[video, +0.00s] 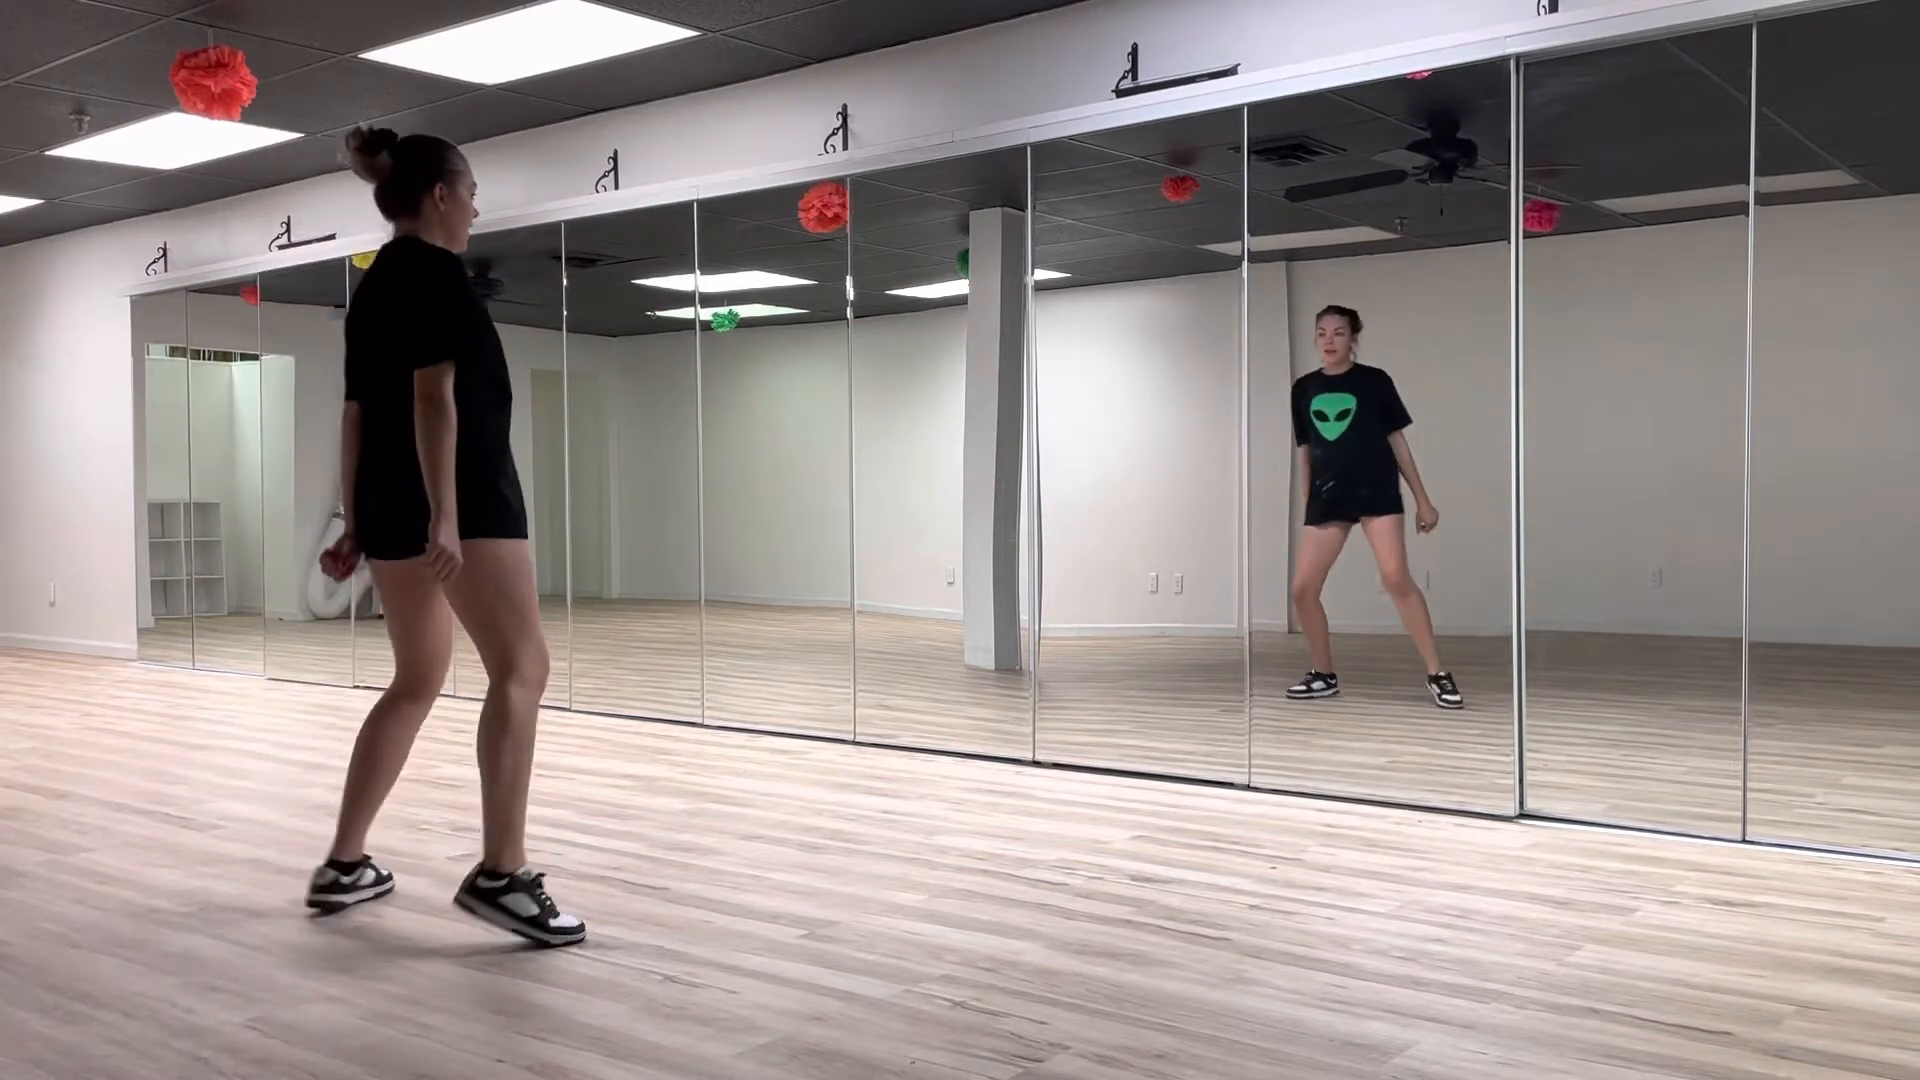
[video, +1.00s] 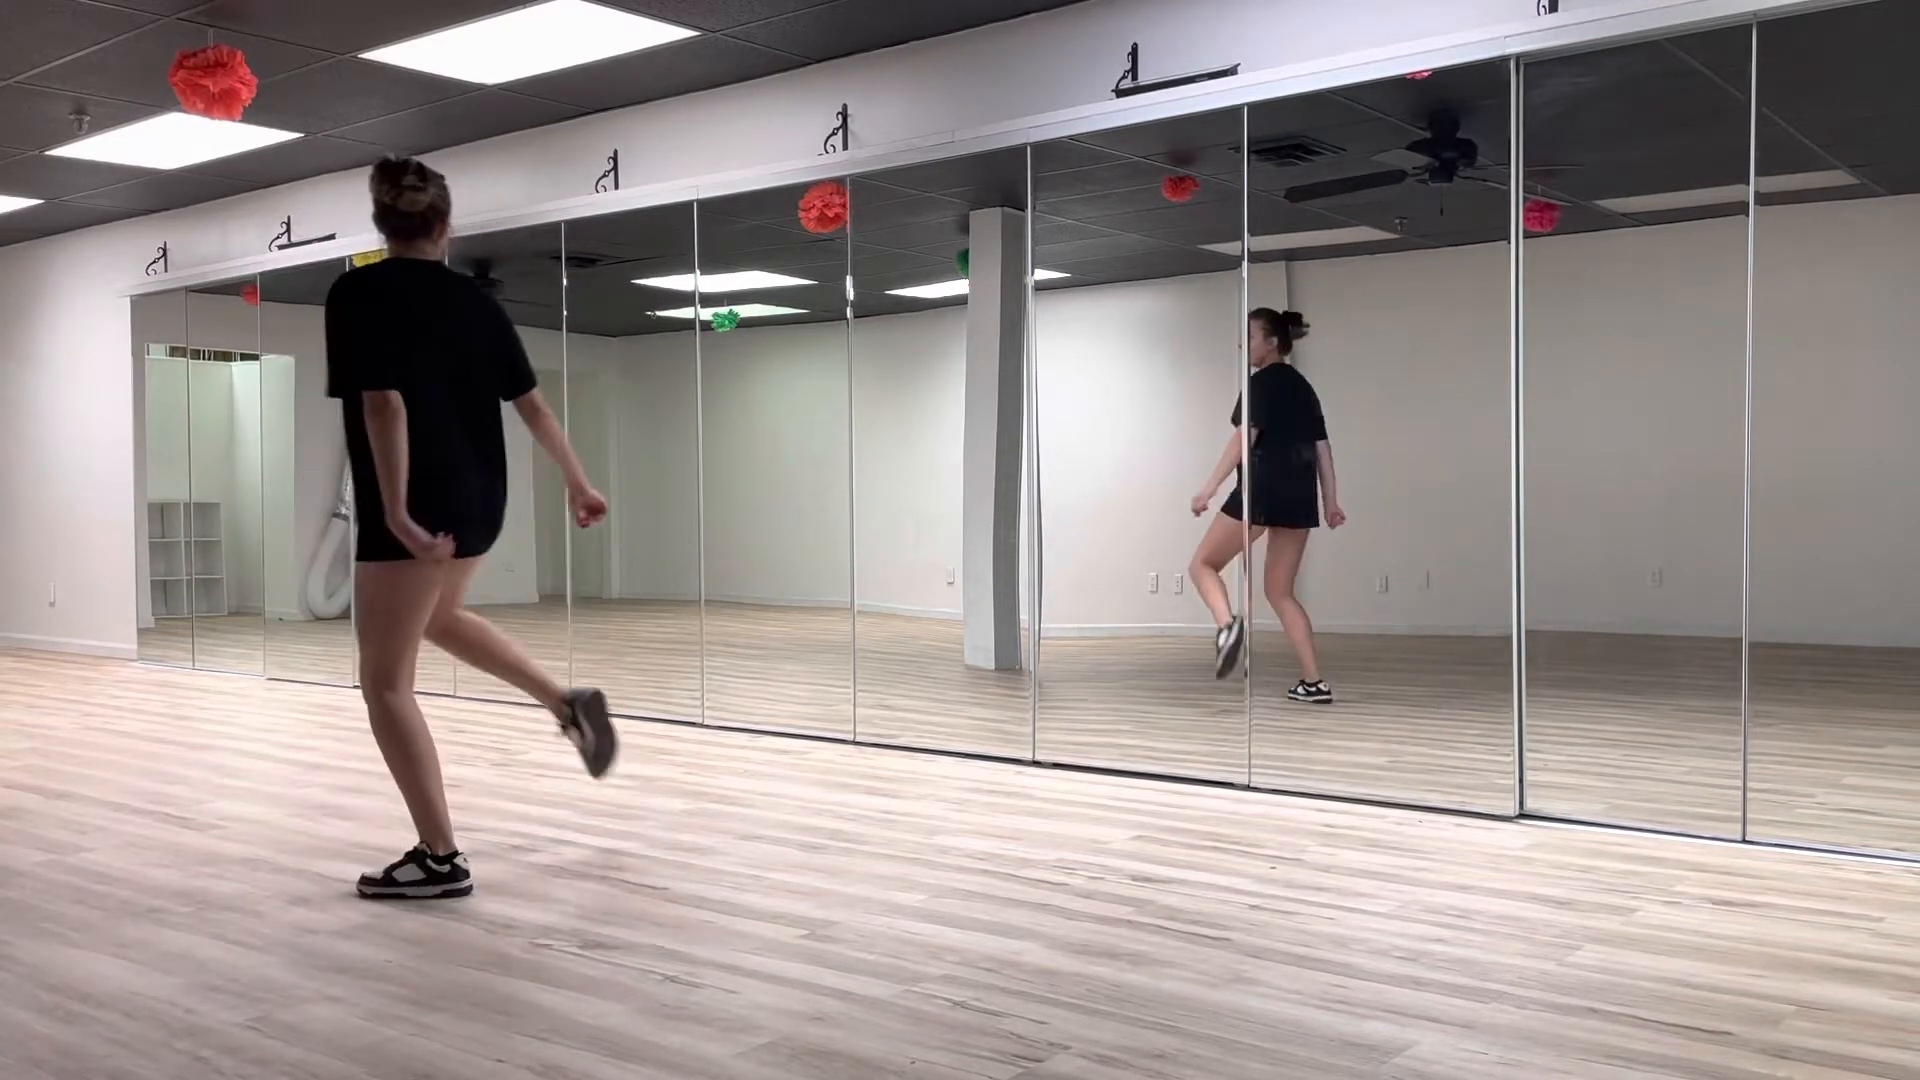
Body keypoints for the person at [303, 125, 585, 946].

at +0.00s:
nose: (475, 207)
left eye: (472, 193)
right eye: (469, 193)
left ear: (406, 201)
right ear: (442, 195)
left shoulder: (375, 285)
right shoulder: (439, 276)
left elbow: (356, 411)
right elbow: (436, 397)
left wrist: (350, 516)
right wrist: (444, 512)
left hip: (391, 507)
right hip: (470, 503)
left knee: (416, 681)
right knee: (522, 669)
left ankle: (344, 862)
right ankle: (503, 871)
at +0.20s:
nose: (466, 221)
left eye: (463, 208)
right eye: (462, 207)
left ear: (391, 216)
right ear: (440, 210)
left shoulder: (345, 299)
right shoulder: (456, 286)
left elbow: (322, 421)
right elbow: (449, 403)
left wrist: (312, 526)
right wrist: (454, 517)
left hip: (360, 509)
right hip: (457, 500)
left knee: (389, 683)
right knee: (565, 632)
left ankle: (342, 867)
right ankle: (531, 770)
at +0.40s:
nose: (484, 211)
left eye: (483, 199)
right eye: (482, 199)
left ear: (407, 206)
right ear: (459, 201)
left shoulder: (360, 284)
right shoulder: (479, 275)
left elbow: (329, 405)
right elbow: (476, 396)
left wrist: (311, 507)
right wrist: (482, 513)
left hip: (399, 489)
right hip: (494, 474)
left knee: (394, 672)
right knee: (586, 605)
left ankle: (351, 851)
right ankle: (615, 767)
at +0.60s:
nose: (509, 254)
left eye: (505, 244)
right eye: (508, 244)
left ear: (433, 252)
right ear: (495, 246)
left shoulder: (392, 338)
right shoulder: (525, 322)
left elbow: (366, 451)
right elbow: (548, 436)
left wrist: (342, 548)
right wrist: (572, 546)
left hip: (470, 528)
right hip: (561, 516)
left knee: (410, 686)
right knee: (593, 659)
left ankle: (419, 841)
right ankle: (638, 808)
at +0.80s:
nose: (486, 236)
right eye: (487, 225)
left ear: (418, 229)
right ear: (484, 226)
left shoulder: (385, 306)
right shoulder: (519, 302)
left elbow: (399, 423)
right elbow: (570, 414)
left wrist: (409, 528)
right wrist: (621, 506)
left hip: (450, 506)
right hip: (538, 499)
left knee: (407, 679)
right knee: (568, 647)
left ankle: (441, 849)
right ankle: (634, 793)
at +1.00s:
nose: (447, 230)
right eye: (448, 221)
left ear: (378, 224)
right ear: (446, 225)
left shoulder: (356, 292)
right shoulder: (472, 298)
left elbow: (383, 403)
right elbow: (528, 402)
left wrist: (395, 512)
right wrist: (577, 480)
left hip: (403, 506)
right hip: (479, 497)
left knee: (388, 686)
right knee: (442, 617)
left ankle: (439, 853)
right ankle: (564, 703)